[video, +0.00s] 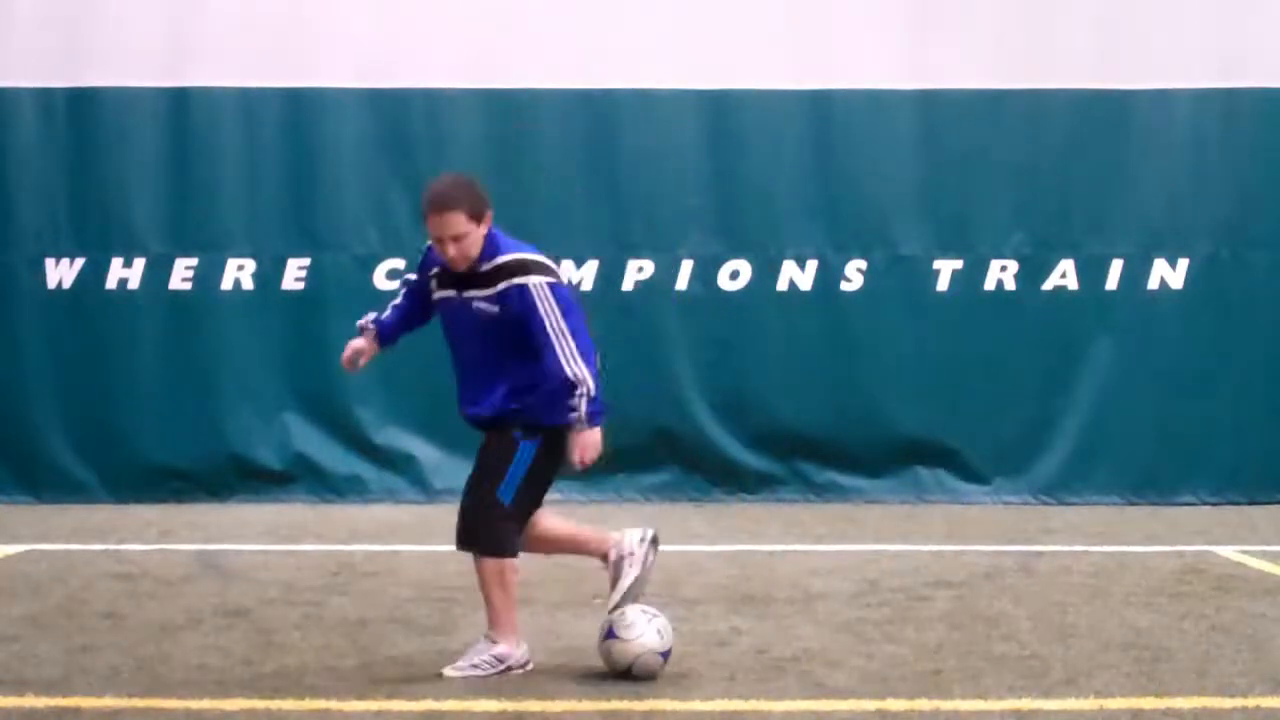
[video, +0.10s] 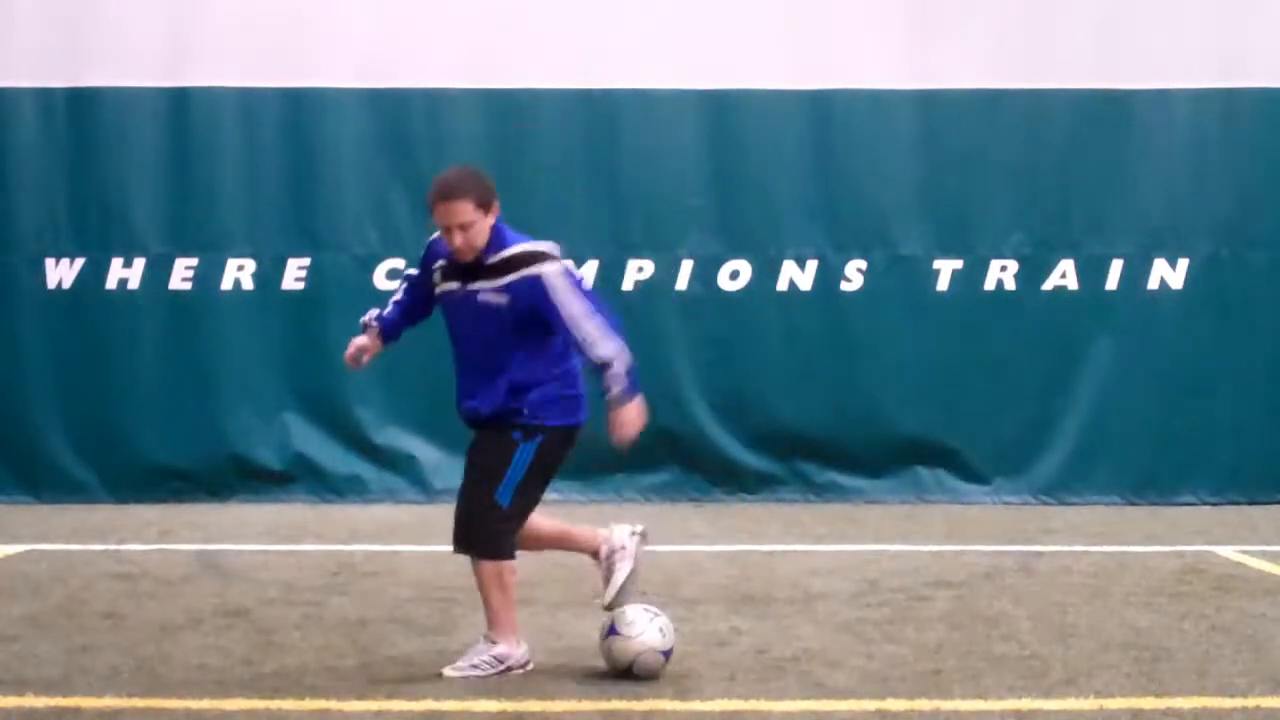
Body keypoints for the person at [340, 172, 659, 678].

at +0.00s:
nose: (448, 251)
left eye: (457, 238)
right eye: (439, 241)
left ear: (484, 224)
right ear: (429, 234)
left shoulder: (524, 269)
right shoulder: (437, 270)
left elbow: (568, 341)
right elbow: (411, 304)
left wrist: (586, 417)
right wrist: (375, 336)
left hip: (538, 417)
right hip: (501, 419)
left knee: (486, 520)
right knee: (497, 523)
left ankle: (506, 645)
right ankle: (616, 547)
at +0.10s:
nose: (455, 240)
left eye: (465, 226)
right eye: (446, 228)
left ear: (492, 213)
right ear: (436, 223)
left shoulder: (534, 263)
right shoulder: (440, 259)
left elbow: (589, 323)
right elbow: (413, 299)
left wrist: (623, 388)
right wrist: (378, 333)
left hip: (544, 413)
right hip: (494, 414)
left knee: (486, 522)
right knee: (482, 524)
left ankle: (506, 645)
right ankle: (604, 544)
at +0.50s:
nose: (535, 201)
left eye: (545, 189)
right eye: (526, 191)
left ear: (567, 184)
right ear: (512, 191)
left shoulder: (609, 230)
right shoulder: (496, 238)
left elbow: (657, 292)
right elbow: (465, 296)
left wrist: (678, 353)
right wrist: (440, 346)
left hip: (602, 395)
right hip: (527, 402)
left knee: (649, 481)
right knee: (497, 512)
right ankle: (490, 622)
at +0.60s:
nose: (581, 169)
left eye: (591, 158)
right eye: (571, 159)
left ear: (613, 156)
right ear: (555, 160)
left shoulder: (649, 205)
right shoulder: (533, 209)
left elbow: (697, 264)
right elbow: (503, 262)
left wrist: (714, 329)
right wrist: (489, 315)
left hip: (640, 372)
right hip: (563, 375)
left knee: (684, 483)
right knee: (519, 482)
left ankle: (732, 603)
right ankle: (527, 600)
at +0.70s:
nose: (627, 178)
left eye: (637, 167)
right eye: (617, 167)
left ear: (657, 168)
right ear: (601, 169)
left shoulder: (691, 217)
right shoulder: (576, 216)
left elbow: (737, 283)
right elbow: (549, 272)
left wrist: (752, 353)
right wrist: (537, 323)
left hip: (672, 379)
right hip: (601, 375)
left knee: (703, 502)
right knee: (561, 450)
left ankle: (724, 619)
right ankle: (598, 556)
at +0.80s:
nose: (670, 197)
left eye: (681, 186)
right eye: (660, 187)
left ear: (701, 185)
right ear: (645, 186)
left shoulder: (733, 234)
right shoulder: (619, 230)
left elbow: (771, 302)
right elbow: (582, 289)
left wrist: (784, 362)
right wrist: (569, 341)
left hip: (705, 390)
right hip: (634, 381)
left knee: (724, 520)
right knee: (612, 439)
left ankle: (728, 629)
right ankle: (633, 576)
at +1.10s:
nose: (755, 207)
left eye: (764, 194)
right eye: (743, 195)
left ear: (781, 184)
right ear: (724, 188)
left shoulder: (804, 215)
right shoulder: (699, 235)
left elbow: (827, 269)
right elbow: (644, 298)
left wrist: (814, 301)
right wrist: (619, 369)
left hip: (772, 385)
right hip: (712, 388)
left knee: (796, 504)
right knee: (770, 505)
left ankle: (669, 539)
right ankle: (798, 645)